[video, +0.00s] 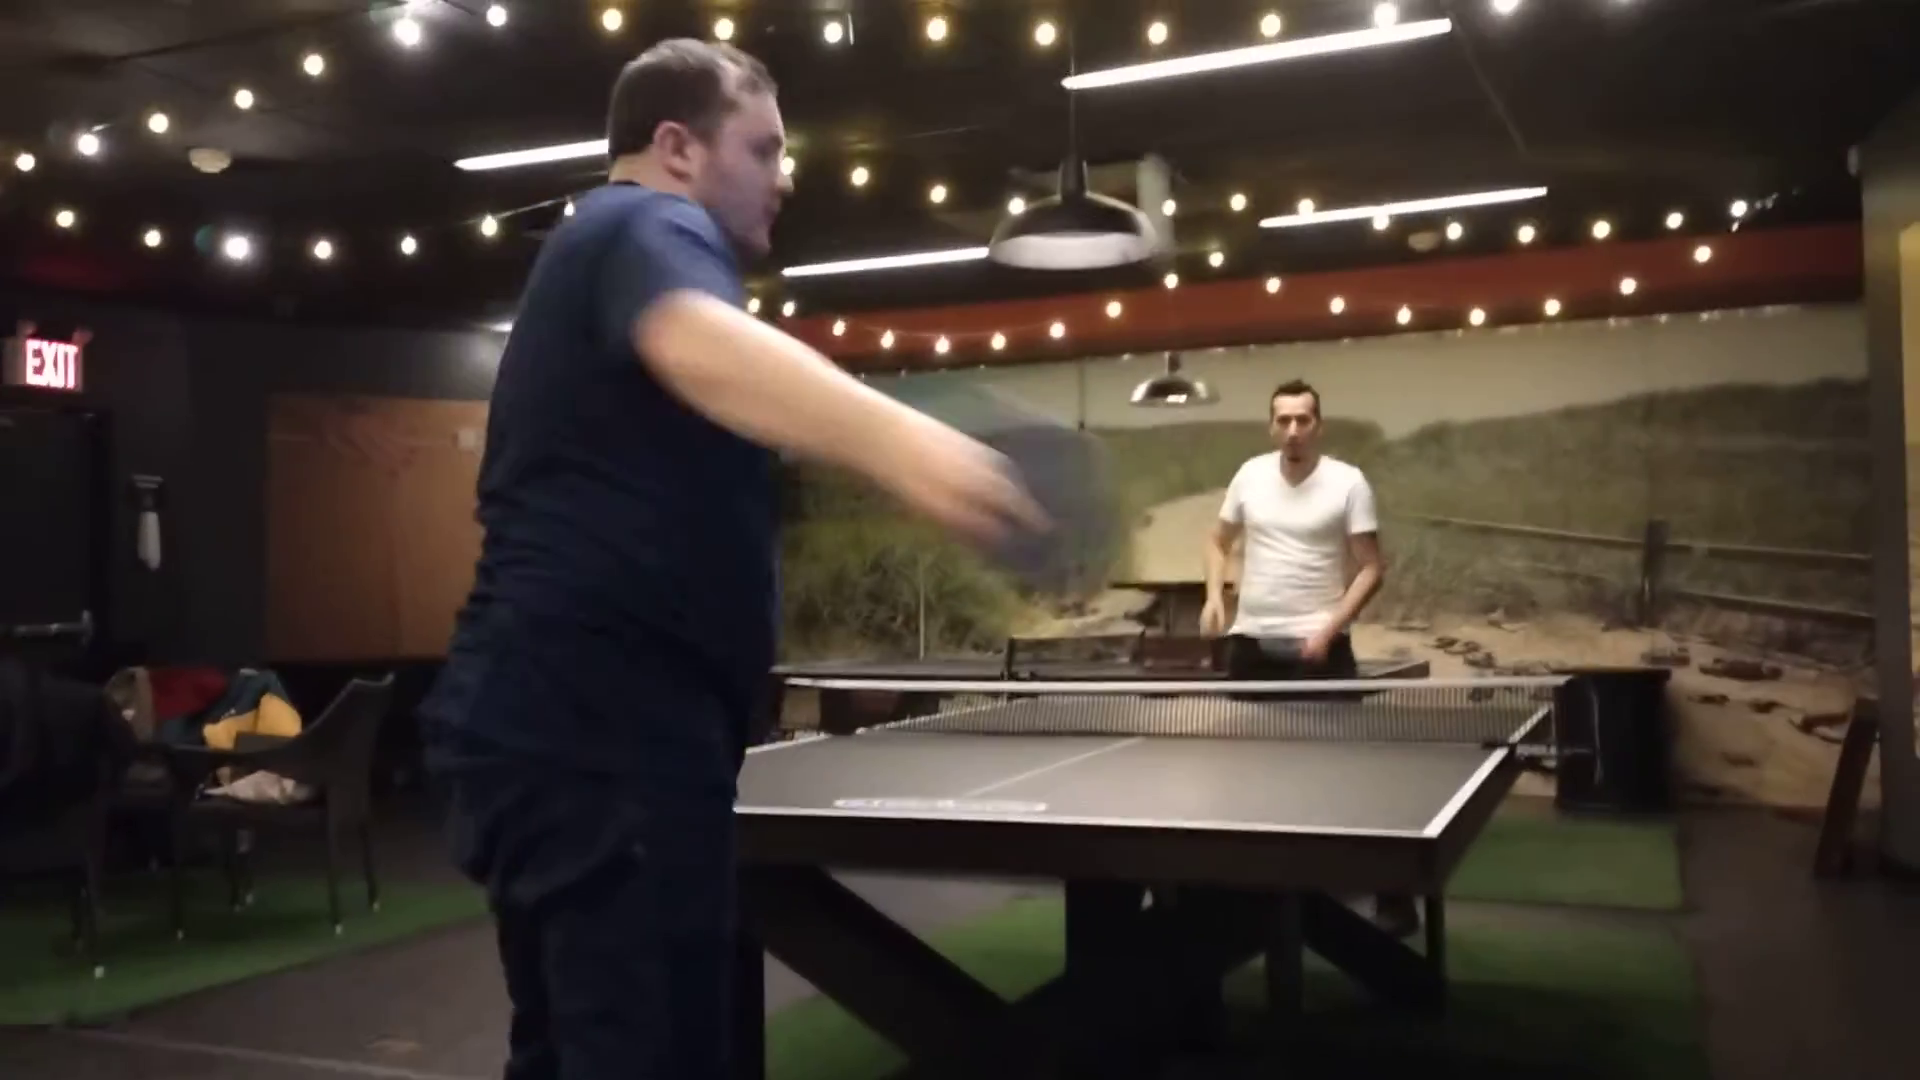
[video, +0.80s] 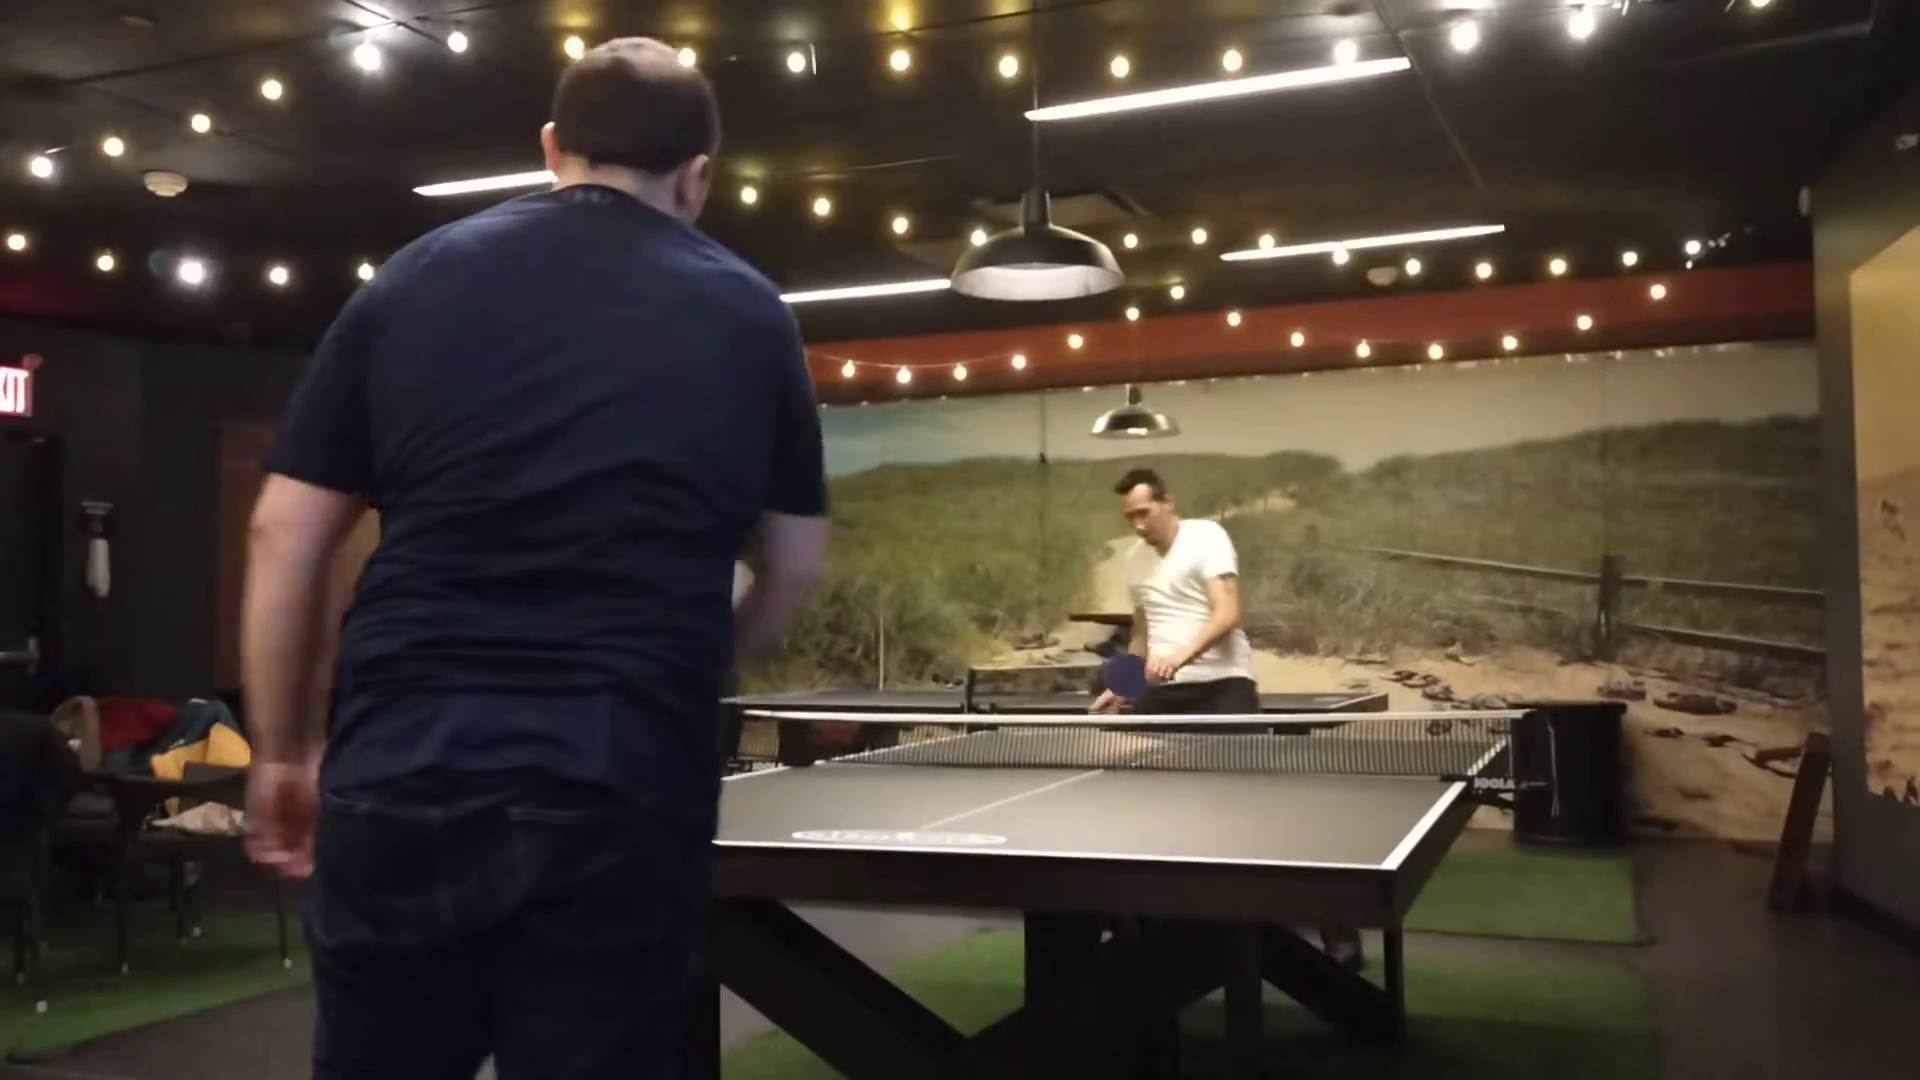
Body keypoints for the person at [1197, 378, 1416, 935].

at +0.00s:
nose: (1293, 429)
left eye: (1302, 420)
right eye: (1284, 420)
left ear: (1320, 425)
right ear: (1271, 426)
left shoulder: (1348, 483)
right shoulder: (1251, 476)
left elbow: (1372, 569)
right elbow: (1218, 541)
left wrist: (1329, 626)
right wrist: (1214, 597)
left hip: (1320, 648)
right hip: (1251, 646)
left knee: (1339, 764)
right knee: (1245, 761)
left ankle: (1383, 893)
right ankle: (1242, 889)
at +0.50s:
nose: (1223, 479)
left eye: (1232, 467)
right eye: (1214, 471)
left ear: (1254, 466)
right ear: (1207, 475)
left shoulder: (1289, 517)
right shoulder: (1200, 523)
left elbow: (1312, 601)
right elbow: (1196, 606)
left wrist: (1268, 664)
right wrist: (1178, 670)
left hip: (1281, 683)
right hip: (1213, 682)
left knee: (1313, 800)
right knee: (1193, 797)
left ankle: (1362, 933)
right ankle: (1198, 932)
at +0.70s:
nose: (1161, 515)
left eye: (1167, 504)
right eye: (1154, 507)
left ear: (1192, 497)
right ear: (1153, 509)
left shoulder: (1232, 534)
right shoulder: (1163, 552)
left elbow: (1257, 617)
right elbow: (1172, 629)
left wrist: (1192, 657)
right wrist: (1148, 689)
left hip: (1243, 691)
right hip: (1184, 695)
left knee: (1267, 808)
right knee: (1190, 808)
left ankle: (1349, 934)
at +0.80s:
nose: (1136, 524)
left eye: (1141, 512)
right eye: (1129, 517)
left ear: (1166, 504)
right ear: (1128, 518)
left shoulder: (1206, 538)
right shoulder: (1139, 561)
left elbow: (1229, 614)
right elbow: (1141, 636)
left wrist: (1177, 657)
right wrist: (1122, 688)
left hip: (1224, 693)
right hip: (1168, 700)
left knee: (1253, 808)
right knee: (1171, 807)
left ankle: (1333, 923)